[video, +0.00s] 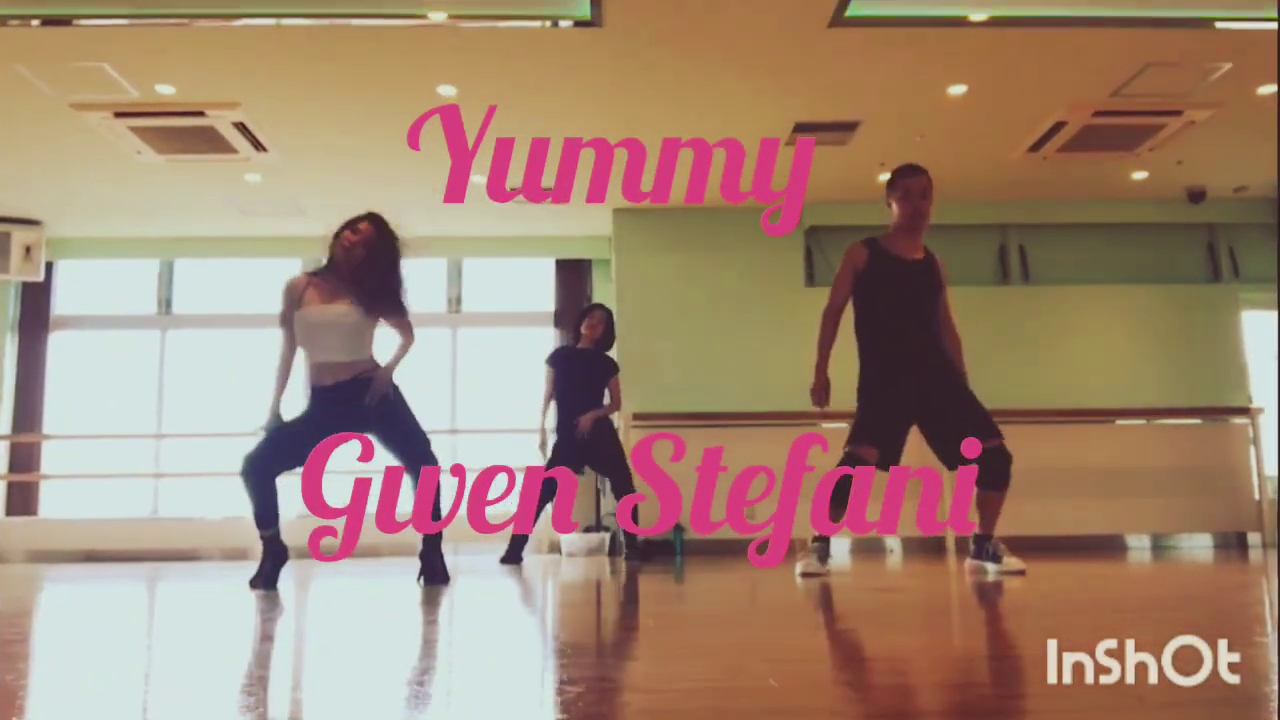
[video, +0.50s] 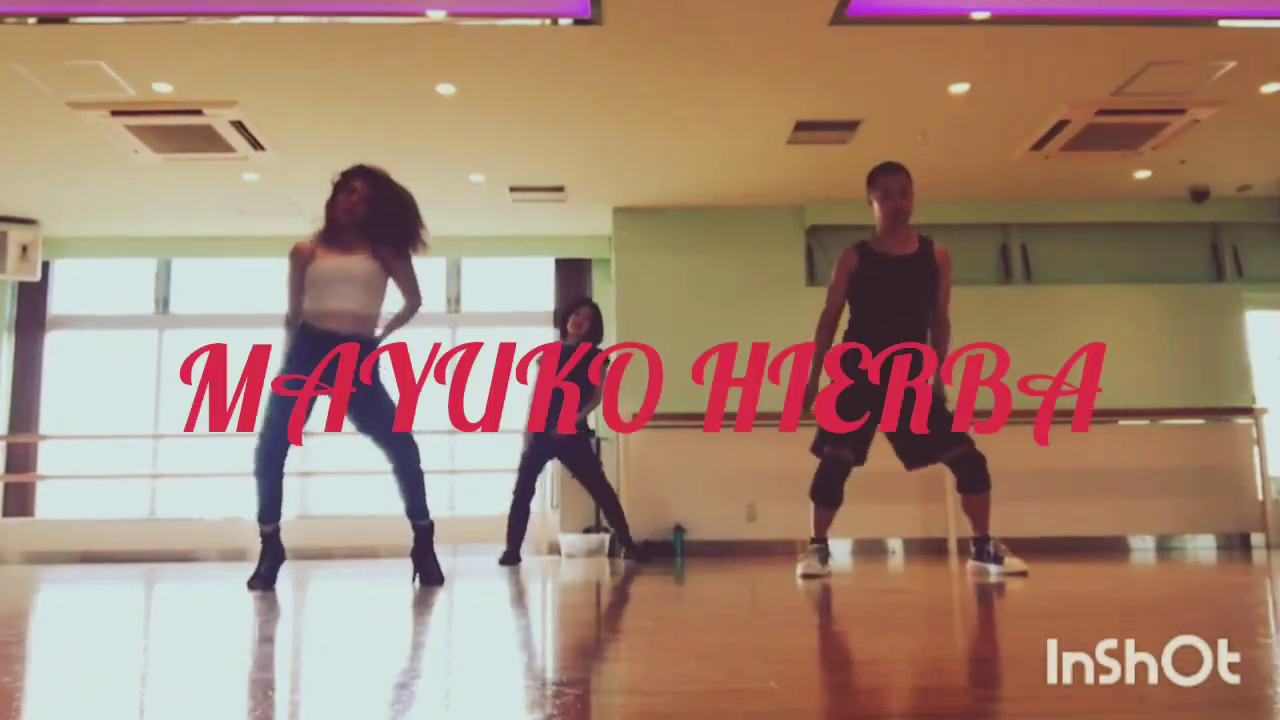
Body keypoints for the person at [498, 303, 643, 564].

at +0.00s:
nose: (592, 324)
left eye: (599, 323)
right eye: (589, 319)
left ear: (605, 331)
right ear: (581, 322)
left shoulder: (606, 363)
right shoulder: (560, 356)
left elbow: (616, 404)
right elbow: (548, 396)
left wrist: (593, 415)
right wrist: (542, 430)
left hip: (601, 436)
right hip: (568, 437)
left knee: (623, 485)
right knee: (543, 491)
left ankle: (632, 545)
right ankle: (515, 549)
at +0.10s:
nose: (592, 318)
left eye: (598, 316)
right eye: (589, 312)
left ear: (604, 324)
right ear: (580, 314)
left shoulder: (605, 355)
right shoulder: (560, 348)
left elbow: (616, 395)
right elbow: (551, 388)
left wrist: (593, 405)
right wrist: (549, 424)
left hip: (601, 426)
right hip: (570, 427)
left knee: (622, 487)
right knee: (545, 491)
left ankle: (632, 547)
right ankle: (515, 550)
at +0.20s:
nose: (590, 313)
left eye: (597, 312)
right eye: (587, 307)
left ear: (602, 320)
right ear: (578, 310)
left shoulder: (603, 349)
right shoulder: (558, 344)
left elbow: (612, 390)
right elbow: (549, 386)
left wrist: (588, 402)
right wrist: (547, 422)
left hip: (597, 423)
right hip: (565, 424)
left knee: (618, 484)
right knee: (542, 489)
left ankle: (632, 546)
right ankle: (515, 550)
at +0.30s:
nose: (585, 312)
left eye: (592, 310)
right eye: (583, 306)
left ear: (599, 318)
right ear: (574, 309)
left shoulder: (602, 349)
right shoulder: (555, 344)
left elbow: (605, 390)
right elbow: (543, 384)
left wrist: (582, 405)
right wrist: (540, 419)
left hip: (590, 424)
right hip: (558, 422)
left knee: (612, 487)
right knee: (535, 488)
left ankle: (631, 546)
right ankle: (514, 550)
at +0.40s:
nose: (581, 314)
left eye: (588, 312)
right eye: (579, 309)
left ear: (597, 321)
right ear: (569, 312)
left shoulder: (598, 351)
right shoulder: (552, 344)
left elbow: (598, 389)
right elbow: (528, 373)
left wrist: (579, 408)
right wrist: (538, 412)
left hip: (580, 430)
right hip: (548, 429)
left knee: (608, 488)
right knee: (527, 489)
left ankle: (631, 546)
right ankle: (513, 550)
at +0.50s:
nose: (578, 321)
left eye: (585, 319)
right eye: (576, 315)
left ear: (593, 327)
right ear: (566, 319)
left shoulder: (595, 356)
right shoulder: (551, 351)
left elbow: (597, 396)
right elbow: (537, 392)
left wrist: (578, 416)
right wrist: (529, 427)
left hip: (572, 436)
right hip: (541, 434)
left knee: (602, 491)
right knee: (522, 491)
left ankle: (627, 544)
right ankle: (512, 550)